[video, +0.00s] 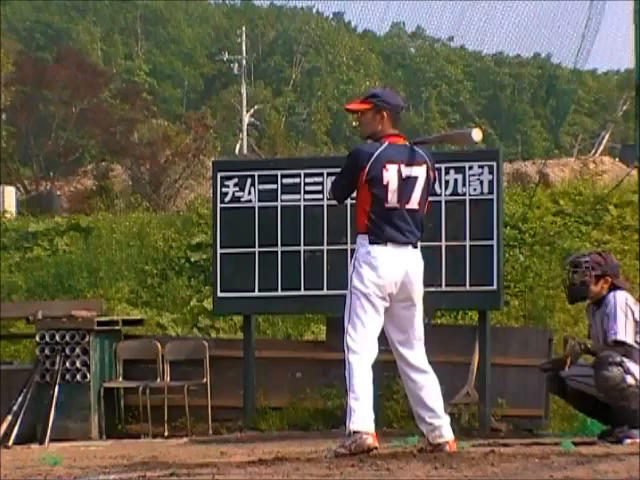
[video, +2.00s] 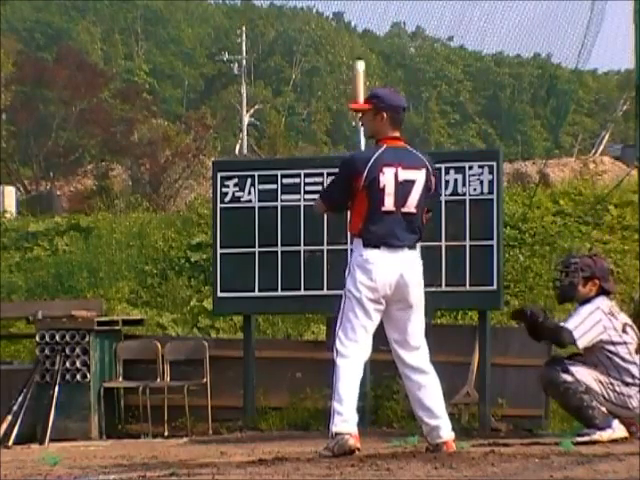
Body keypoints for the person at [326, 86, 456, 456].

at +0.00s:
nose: (358, 121)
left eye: (363, 115)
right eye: (358, 115)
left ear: (383, 117)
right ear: (390, 119)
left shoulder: (365, 153)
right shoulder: (422, 158)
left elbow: (337, 194)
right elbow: (423, 205)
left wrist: (369, 165)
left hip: (375, 258)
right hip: (412, 260)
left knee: (360, 347)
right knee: (412, 350)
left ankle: (362, 430)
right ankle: (440, 433)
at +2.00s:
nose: (362, 120)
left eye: (367, 114)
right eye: (364, 114)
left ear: (384, 118)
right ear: (396, 120)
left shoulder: (361, 162)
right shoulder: (423, 164)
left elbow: (325, 205)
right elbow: (424, 213)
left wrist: (351, 181)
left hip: (371, 261)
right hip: (410, 262)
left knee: (351, 347)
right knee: (414, 351)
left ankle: (344, 431)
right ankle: (442, 434)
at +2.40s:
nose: (357, 123)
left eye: (362, 118)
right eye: (358, 117)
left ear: (381, 120)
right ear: (390, 122)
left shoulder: (359, 159)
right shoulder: (421, 160)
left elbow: (352, 203)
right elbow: (420, 205)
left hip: (375, 261)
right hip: (414, 262)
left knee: (351, 348)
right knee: (417, 354)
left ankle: (343, 431)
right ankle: (442, 435)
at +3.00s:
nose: (354, 124)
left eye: (359, 118)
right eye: (355, 118)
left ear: (377, 121)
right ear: (389, 123)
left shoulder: (357, 154)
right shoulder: (419, 159)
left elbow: (339, 191)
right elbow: (424, 199)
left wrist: (373, 158)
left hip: (376, 260)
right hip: (414, 261)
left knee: (351, 348)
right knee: (417, 353)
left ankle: (344, 432)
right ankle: (442, 435)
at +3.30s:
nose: (340, 123)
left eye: (346, 118)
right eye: (341, 117)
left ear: (366, 121)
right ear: (371, 123)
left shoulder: (359, 156)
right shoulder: (398, 157)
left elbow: (332, 214)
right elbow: (367, 195)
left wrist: (316, 202)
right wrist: (332, 170)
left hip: (375, 261)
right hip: (406, 261)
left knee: (341, 351)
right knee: (404, 356)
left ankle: (348, 437)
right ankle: (440, 436)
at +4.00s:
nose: (274, 176)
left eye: (279, 170)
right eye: (274, 171)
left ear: (298, 172)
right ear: (299, 174)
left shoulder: (313, 199)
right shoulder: (313, 204)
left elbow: (323, 249)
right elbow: (300, 278)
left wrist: (282, 265)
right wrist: (265, 267)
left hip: (374, 288)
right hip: (369, 290)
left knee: (325, 358)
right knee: (322, 361)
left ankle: (351, 438)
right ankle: (351, 436)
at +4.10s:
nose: (268, 188)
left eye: (273, 182)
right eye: (269, 182)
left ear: (293, 185)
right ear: (295, 186)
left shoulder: (307, 210)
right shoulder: (313, 213)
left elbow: (305, 257)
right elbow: (295, 287)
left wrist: (260, 267)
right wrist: (258, 271)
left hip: (376, 292)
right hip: (376, 293)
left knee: (324, 358)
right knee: (321, 360)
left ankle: (350, 437)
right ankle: (351, 436)